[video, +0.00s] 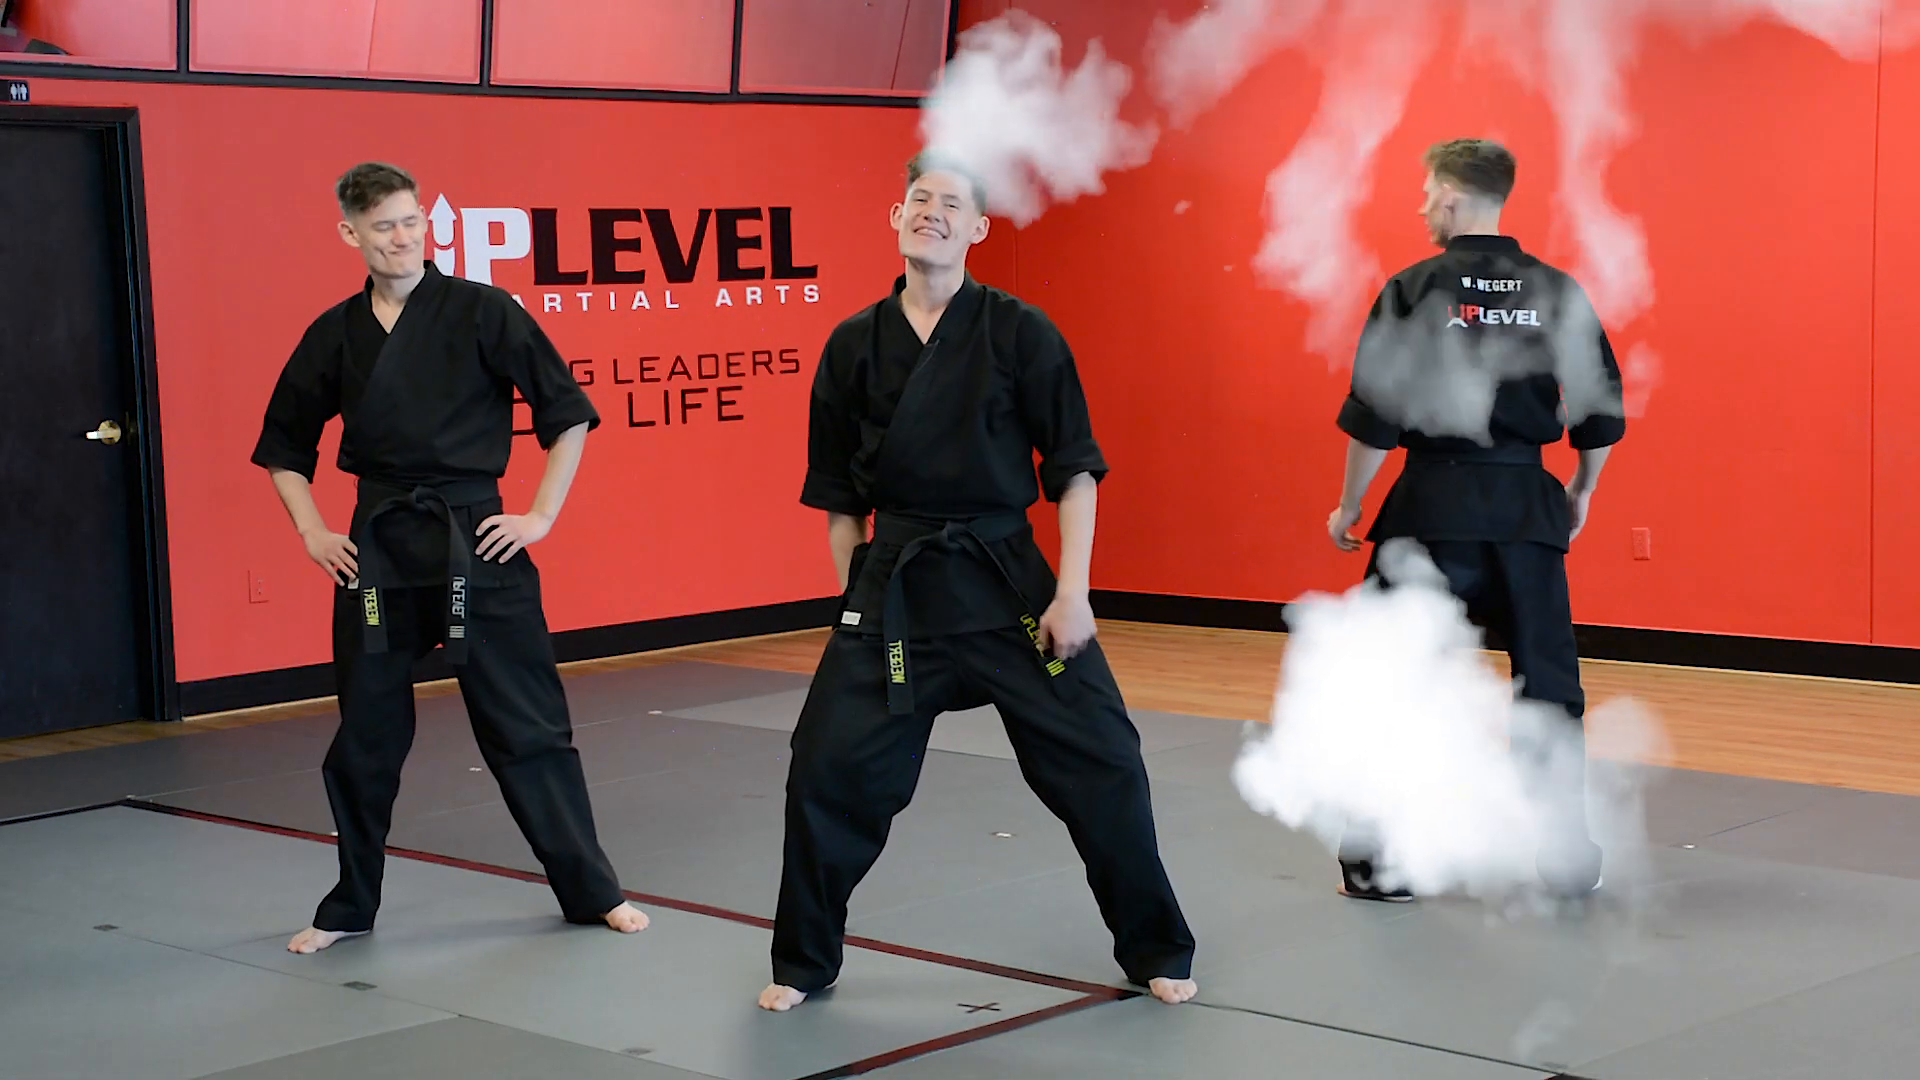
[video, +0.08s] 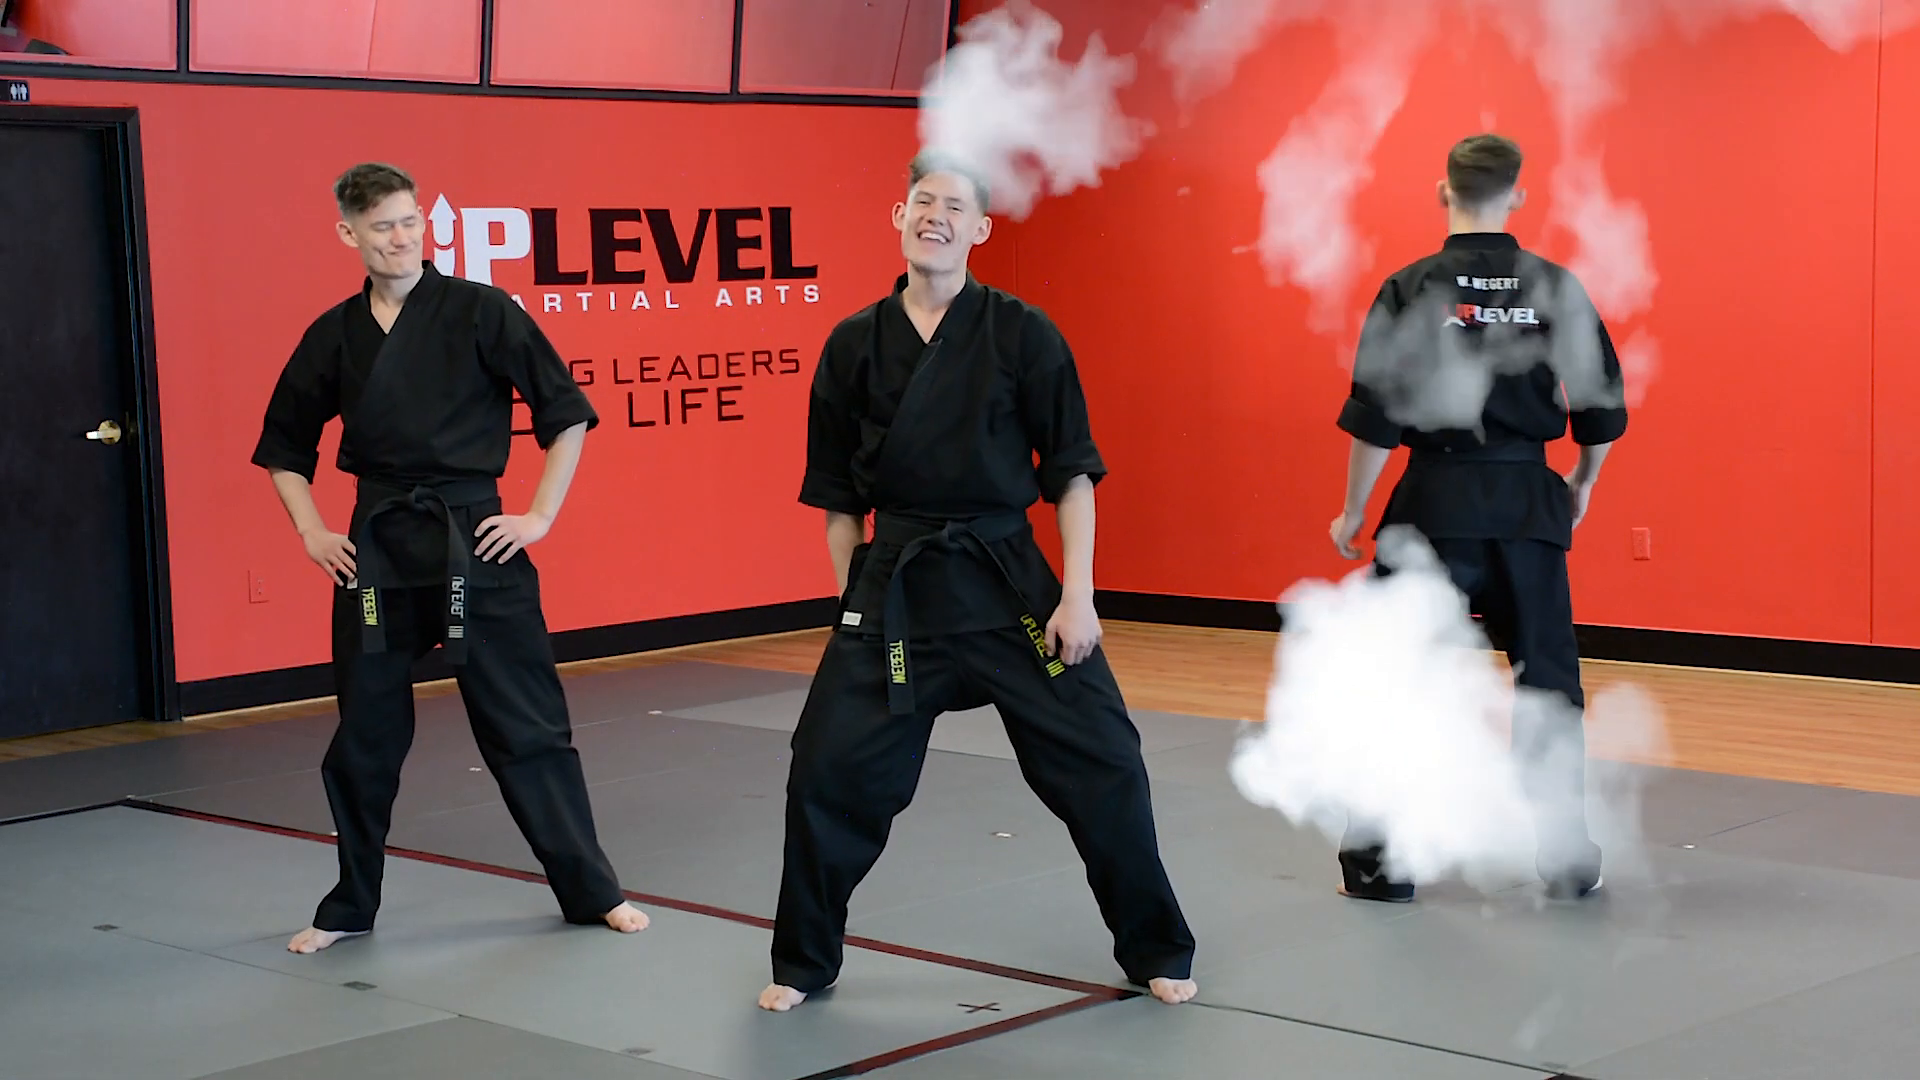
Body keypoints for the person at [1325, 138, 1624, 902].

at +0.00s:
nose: (1422, 204)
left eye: (1427, 191)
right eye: (1426, 189)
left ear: (1444, 195)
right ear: (1502, 198)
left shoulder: (1412, 290)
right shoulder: (1558, 291)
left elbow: (1376, 410)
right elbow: (1600, 408)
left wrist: (1350, 501)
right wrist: (1581, 494)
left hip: (1429, 512)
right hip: (1529, 518)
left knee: (1390, 680)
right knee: (1549, 683)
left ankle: (1379, 853)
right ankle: (1564, 856)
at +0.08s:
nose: (1455, 202)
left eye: (1447, 190)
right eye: (1503, 192)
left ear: (1444, 193)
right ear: (1516, 195)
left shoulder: (1408, 289)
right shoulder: (1556, 287)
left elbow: (1375, 412)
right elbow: (1600, 405)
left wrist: (1354, 507)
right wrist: (1580, 487)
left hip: (1431, 509)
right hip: (1529, 512)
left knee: (1389, 675)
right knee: (1549, 680)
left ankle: (1374, 854)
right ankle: (1568, 858)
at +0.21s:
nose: (1541, 202)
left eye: (1540, 189)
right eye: (1534, 189)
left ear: (1463, 196)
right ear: (1502, 193)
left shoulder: (1403, 281)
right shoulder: (1549, 285)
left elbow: (1367, 402)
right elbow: (1591, 405)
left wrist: (1359, 503)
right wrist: (1581, 475)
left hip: (1432, 502)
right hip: (1527, 505)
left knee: (1403, 671)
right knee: (1553, 675)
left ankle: (1382, 857)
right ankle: (1566, 855)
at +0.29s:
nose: (1545, 200)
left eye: (1544, 186)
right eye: (1537, 186)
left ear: (1471, 195)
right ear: (1495, 190)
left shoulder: (1402, 280)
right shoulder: (1539, 282)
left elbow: (1361, 405)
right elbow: (1578, 402)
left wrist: (1357, 513)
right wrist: (1582, 473)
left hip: (1429, 503)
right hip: (1524, 506)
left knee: (1407, 671)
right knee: (1555, 675)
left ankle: (1383, 859)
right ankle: (1567, 858)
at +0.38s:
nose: (1543, 199)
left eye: (1541, 185)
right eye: (1536, 185)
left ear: (1468, 193)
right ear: (1500, 190)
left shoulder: (1401, 281)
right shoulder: (1542, 284)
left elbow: (1359, 410)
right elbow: (1581, 411)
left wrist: (1354, 515)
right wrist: (1581, 483)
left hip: (1430, 502)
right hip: (1527, 504)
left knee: (1410, 669)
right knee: (1555, 674)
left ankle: (1385, 861)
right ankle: (1567, 859)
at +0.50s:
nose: (1488, 200)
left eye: (1456, 189)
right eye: (1511, 187)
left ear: (1446, 192)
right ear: (1518, 190)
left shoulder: (1406, 284)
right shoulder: (1559, 287)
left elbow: (1364, 415)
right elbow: (1599, 414)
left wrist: (1350, 514)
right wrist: (1573, 484)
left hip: (1433, 510)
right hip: (1534, 510)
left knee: (1409, 675)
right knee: (1556, 679)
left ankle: (1386, 865)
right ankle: (1567, 862)